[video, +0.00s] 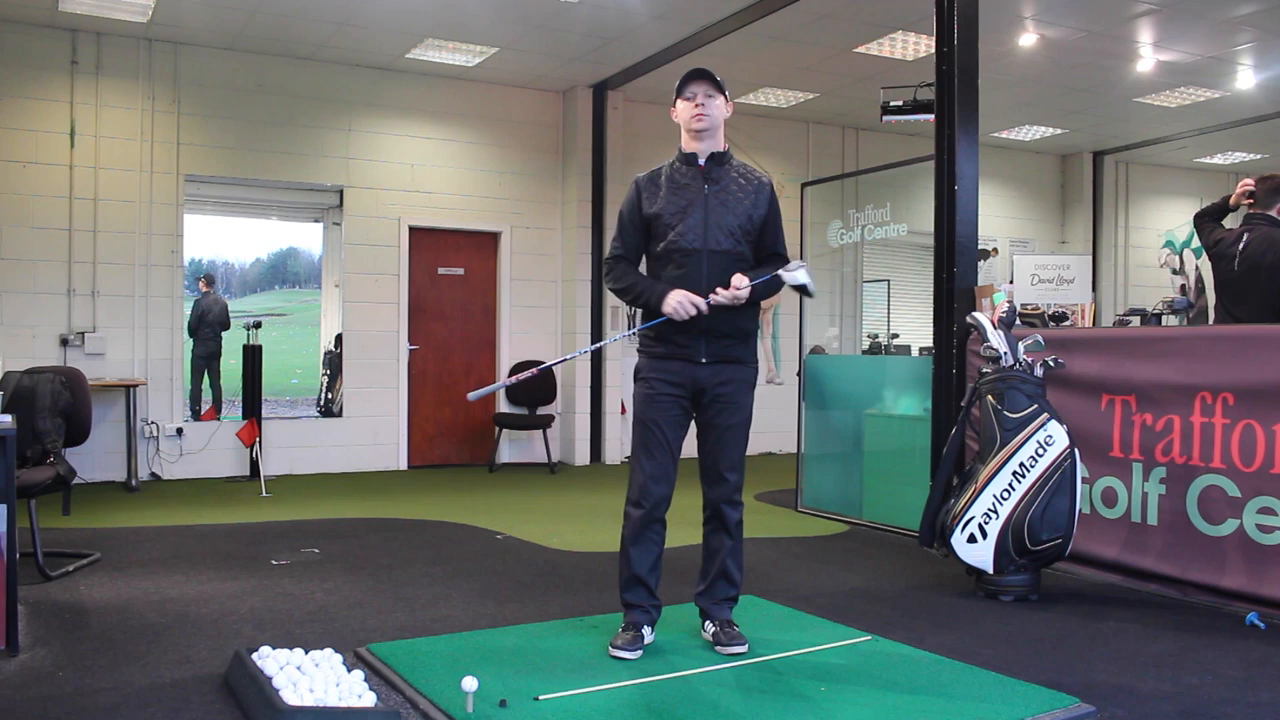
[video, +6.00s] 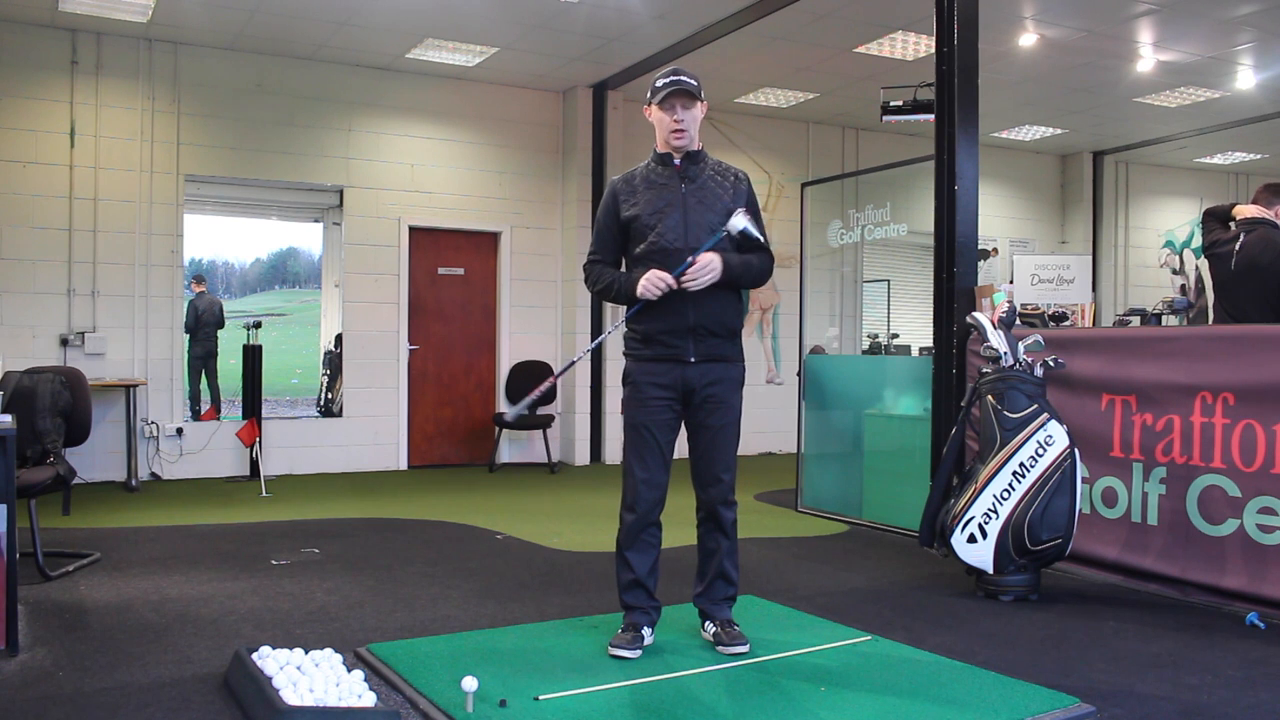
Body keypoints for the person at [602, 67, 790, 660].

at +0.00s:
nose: (698, 104)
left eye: (709, 96)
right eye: (688, 97)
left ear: (728, 110)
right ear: (674, 113)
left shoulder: (756, 187)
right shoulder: (648, 186)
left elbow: (776, 267)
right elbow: (616, 267)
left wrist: (751, 288)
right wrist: (660, 295)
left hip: (731, 363)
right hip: (663, 360)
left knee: (725, 494)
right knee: (647, 493)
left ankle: (719, 612)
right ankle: (638, 616)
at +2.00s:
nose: (681, 108)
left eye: (691, 98)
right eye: (671, 100)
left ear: (711, 109)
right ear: (658, 115)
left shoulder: (741, 187)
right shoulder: (633, 188)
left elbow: (763, 265)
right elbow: (605, 271)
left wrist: (746, 280)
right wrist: (648, 285)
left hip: (722, 363)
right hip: (654, 361)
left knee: (719, 494)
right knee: (644, 494)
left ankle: (719, 612)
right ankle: (638, 616)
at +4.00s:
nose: (679, 108)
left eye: (689, 99)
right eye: (669, 100)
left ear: (706, 110)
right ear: (654, 113)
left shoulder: (736, 187)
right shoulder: (628, 189)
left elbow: (763, 266)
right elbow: (600, 270)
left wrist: (749, 268)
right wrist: (624, 287)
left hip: (719, 364)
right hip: (650, 363)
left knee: (717, 495)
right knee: (642, 495)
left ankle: (718, 613)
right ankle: (637, 616)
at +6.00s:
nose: (679, 117)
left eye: (689, 106)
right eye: (669, 107)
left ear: (703, 113)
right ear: (651, 114)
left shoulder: (733, 183)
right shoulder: (625, 189)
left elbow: (763, 262)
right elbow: (596, 270)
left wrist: (725, 264)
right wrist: (633, 282)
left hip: (719, 362)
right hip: (651, 362)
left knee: (718, 494)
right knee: (642, 495)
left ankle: (718, 612)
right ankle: (638, 616)